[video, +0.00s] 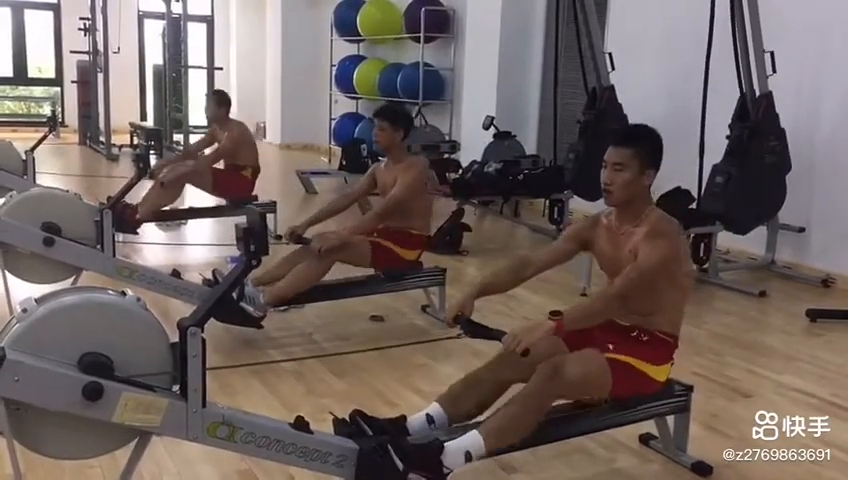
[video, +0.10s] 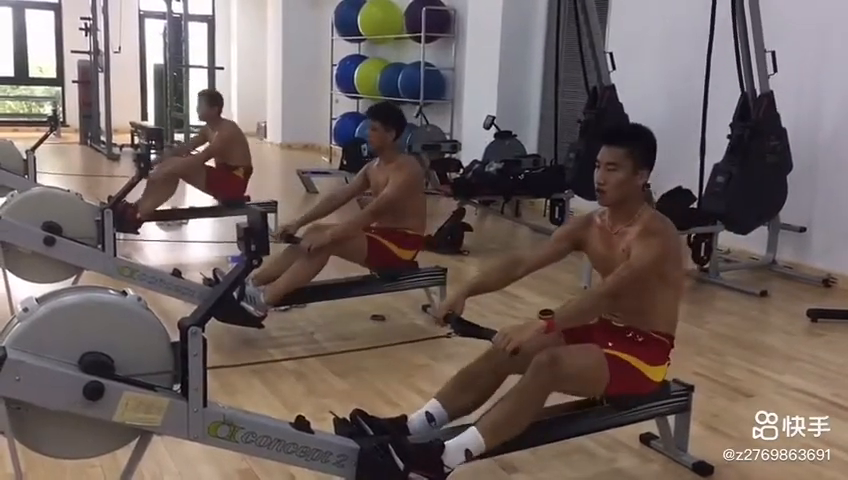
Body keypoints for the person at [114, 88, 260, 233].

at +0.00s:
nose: (205, 110)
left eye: (209, 106)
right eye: (206, 106)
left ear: (222, 109)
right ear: (217, 109)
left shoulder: (236, 131)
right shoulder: (216, 130)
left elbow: (212, 160)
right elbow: (192, 150)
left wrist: (176, 170)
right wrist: (164, 163)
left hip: (241, 186)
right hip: (231, 181)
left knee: (184, 173)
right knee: (177, 168)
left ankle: (141, 216)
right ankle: (138, 211)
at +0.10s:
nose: (198, 111)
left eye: (202, 106)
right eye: (198, 106)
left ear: (217, 109)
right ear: (201, 108)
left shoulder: (226, 131)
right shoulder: (209, 129)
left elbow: (202, 158)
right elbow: (187, 148)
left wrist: (166, 168)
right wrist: (163, 160)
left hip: (233, 186)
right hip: (224, 181)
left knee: (176, 169)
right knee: (171, 165)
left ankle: (141, 214)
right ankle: (139, 210)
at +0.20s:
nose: (185, 113)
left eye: (189, 109)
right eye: (185, 109)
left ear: (204, 109)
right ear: (201, 110)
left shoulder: (217, 131)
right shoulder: (201, 129)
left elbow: (185, 159)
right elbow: (178, 146)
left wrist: (148, 165)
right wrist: (151, 158)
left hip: (225, 185)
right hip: (216, 180)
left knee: (172, 164)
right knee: (167, 161)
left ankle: (141, 212)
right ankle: (140, 208)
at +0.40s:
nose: (167, 109)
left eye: (172, 106)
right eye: (170, 105)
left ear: (184, 109)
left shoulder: (194, 132)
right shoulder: (176, 128)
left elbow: (160, 156)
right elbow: (151, 147)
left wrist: (122, 163)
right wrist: (121, 162)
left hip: (206, 186)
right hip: (198, 180)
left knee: (158, 163)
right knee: (154, 165)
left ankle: (140, 210)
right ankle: (139, 209)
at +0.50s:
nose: (156, 107)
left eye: (160, 103)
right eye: (157, 102)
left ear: (172, 109)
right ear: (170, 110)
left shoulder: (182, 134)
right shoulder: (166, 130)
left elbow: (148, 157)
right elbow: (141, 148)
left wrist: (114, 167)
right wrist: (107, 158)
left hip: (198, 186)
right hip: (188, 181)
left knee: (152, 162)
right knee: (141, 159)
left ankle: (141, 209)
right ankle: (139, 207)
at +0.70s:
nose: (137, 107)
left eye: (141, 104)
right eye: (139, 103)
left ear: (154, 109)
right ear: (154, 110)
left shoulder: (166, 133)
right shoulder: (153, 129)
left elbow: (129, 153)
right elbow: (121, 146)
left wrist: (92, 167)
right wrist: (87, 159)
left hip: (185, 187)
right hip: (179, 184)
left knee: (137, 155)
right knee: (133, 153)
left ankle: (142, 206)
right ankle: (138, 203)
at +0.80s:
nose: (130, 107)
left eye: (134, 104)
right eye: (131, 103)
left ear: (147, 111)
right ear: (146, 111)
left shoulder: (156, 131)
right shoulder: (141, 129)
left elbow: (119, 152)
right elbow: (114, 145)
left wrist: (78, 165)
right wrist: (76, 157)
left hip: (184, 183)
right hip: (175, 180)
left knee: (134, 154)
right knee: (130, 151)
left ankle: (142, 206)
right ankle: (138, 202)